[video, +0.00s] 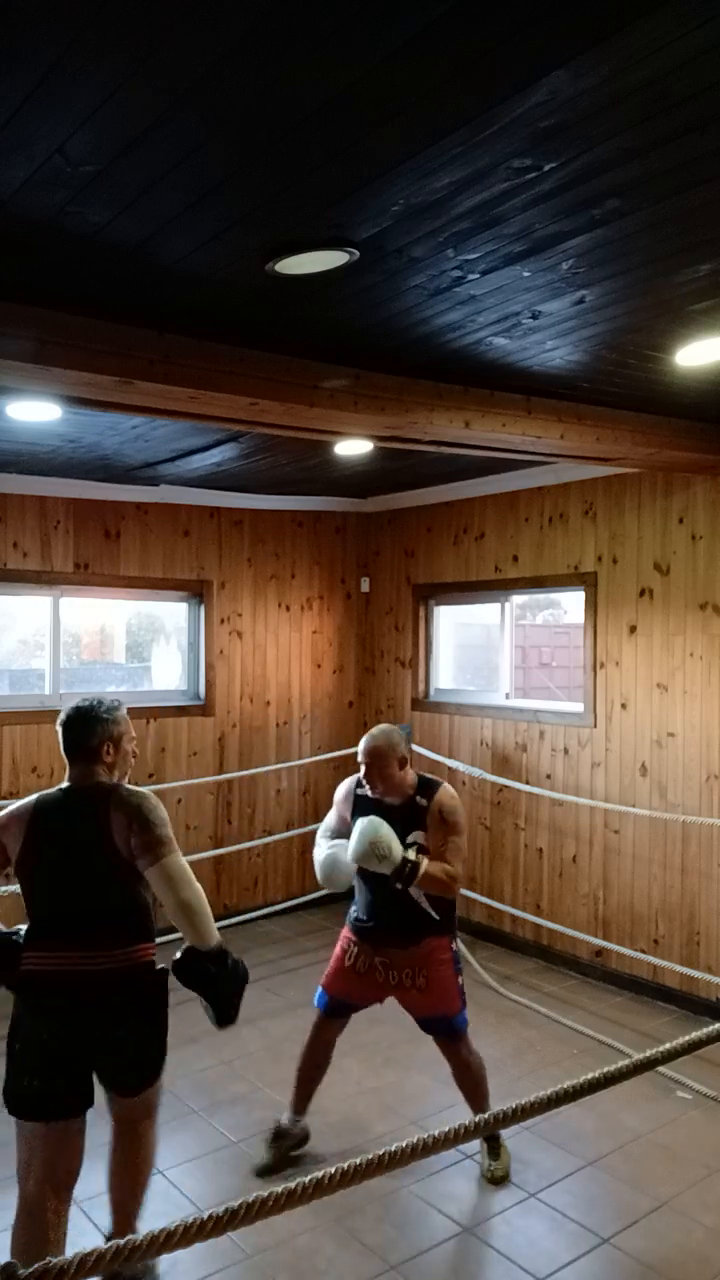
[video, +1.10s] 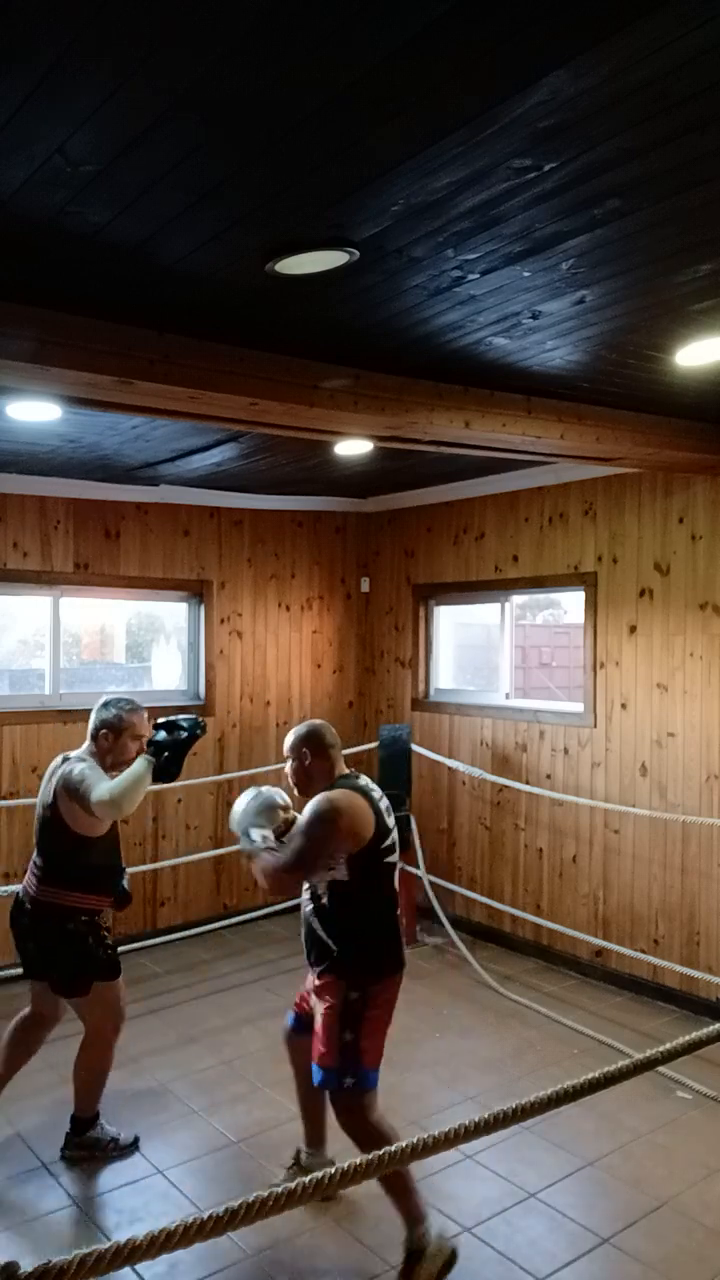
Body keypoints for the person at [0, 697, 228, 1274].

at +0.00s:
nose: (135, 750)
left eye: (133, 739)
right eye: (130, 740)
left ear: (69, 753)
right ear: (110, 749)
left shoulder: (20, 818)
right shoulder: (135, 810)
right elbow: (183, 896)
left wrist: (4, 946)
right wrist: (212, 958)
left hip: (45, 1002)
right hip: (128, 1001)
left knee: (44, 1181)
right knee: (133, 1123)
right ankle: (122, 1248)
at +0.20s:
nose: (139, 767)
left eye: (136, 757)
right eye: (137, 758)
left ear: (79, 758)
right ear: (123, 762)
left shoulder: (28, 815)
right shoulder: (138, 824)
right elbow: (186, 914)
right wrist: (198, 921)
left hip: (30, 992)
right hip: (104, 994)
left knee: (28, 1149)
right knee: (96, 1096)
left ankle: (31, 1274)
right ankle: (83, 1217)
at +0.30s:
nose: (146, 764)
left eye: (145, 754)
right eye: (144, 755)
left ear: (90, 750)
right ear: (127, 757)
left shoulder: (33, 796)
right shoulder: (136, 816)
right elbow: (178, 893)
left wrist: (8, 892)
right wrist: (199, 861)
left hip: (23, 974)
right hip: (95, 978)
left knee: (17, 1115)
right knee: (94, 1096)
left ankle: (19, 1251)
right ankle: (82, 1217)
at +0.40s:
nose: (146, 759)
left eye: (147, 750)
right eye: (144, 750)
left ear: (91, 741)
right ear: (123, 748)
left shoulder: (34, 784)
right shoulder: (125, 796)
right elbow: (195, 843)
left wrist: (11, 891)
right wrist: (213, 787)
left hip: (20, 957)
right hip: (87, 963)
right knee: (95, 1087)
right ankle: (82, 1216)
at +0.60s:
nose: (132, 751)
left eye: (132, 741)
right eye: (127, 741)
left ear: (77, 737)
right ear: (102, 741)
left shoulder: (20, 783)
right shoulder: (99, 783)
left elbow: (1, 859)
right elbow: (163, 803)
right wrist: (186, 751)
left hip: (14, 953)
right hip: (74, 958)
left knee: (5, 1057)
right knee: (91, 1082)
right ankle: (80, 1215)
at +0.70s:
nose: (120, 755)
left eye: (120, 745)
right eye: (114, 745)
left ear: (70, 744)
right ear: (85, 745)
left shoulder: (18, 783)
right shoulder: (74, 786)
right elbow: (130, 811)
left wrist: (166, 773)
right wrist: (166, 759)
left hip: (10, 949)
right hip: (61, 955)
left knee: (5, 1051)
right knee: (103, 1058)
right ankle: (76, 1195)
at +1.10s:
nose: (142, 752)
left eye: (144, 742)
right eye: (136, 741)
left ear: (102, 739)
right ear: (106, 737)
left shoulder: (70, 763)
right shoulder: (81, 771)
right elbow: (111, 803)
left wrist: (160, 758)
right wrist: (155, 755)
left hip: (38, 911)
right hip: (71, 922)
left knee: (43, 1012)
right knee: (105, 1020)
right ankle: (84, 1131)